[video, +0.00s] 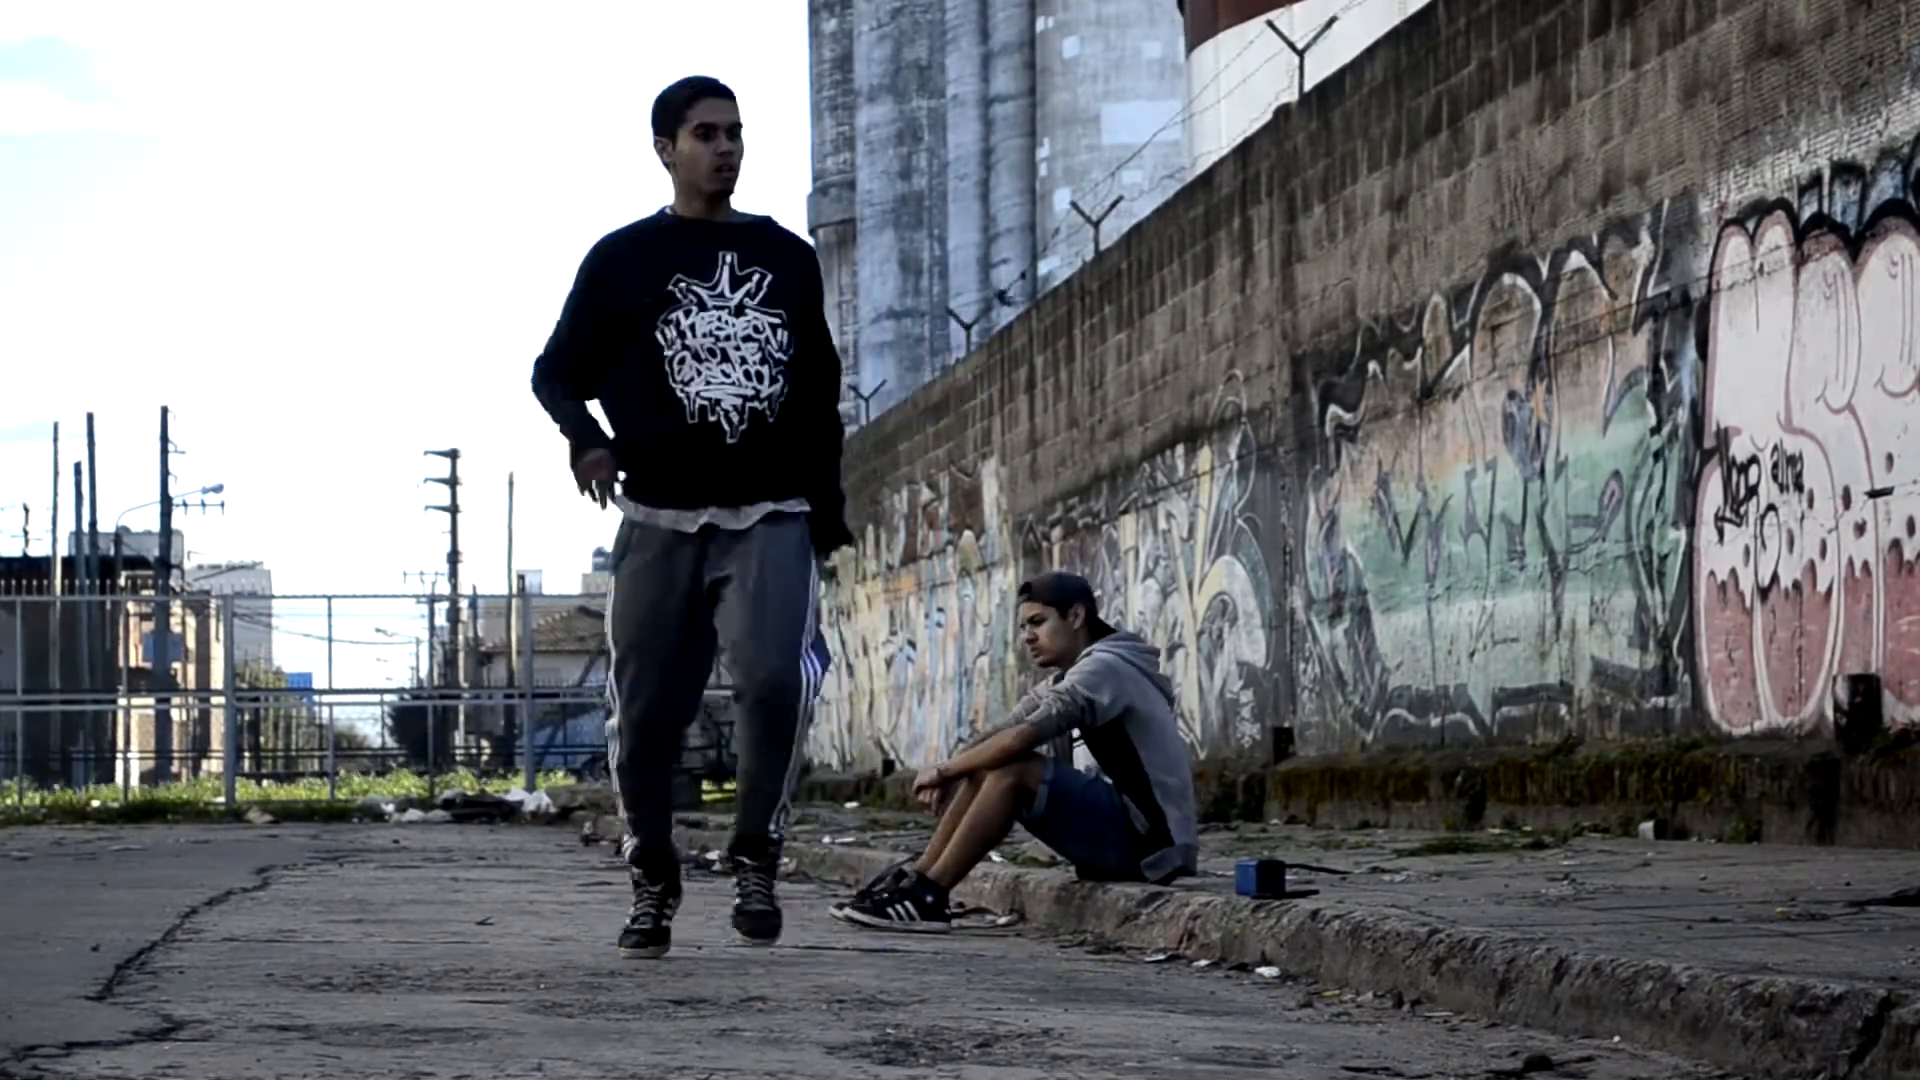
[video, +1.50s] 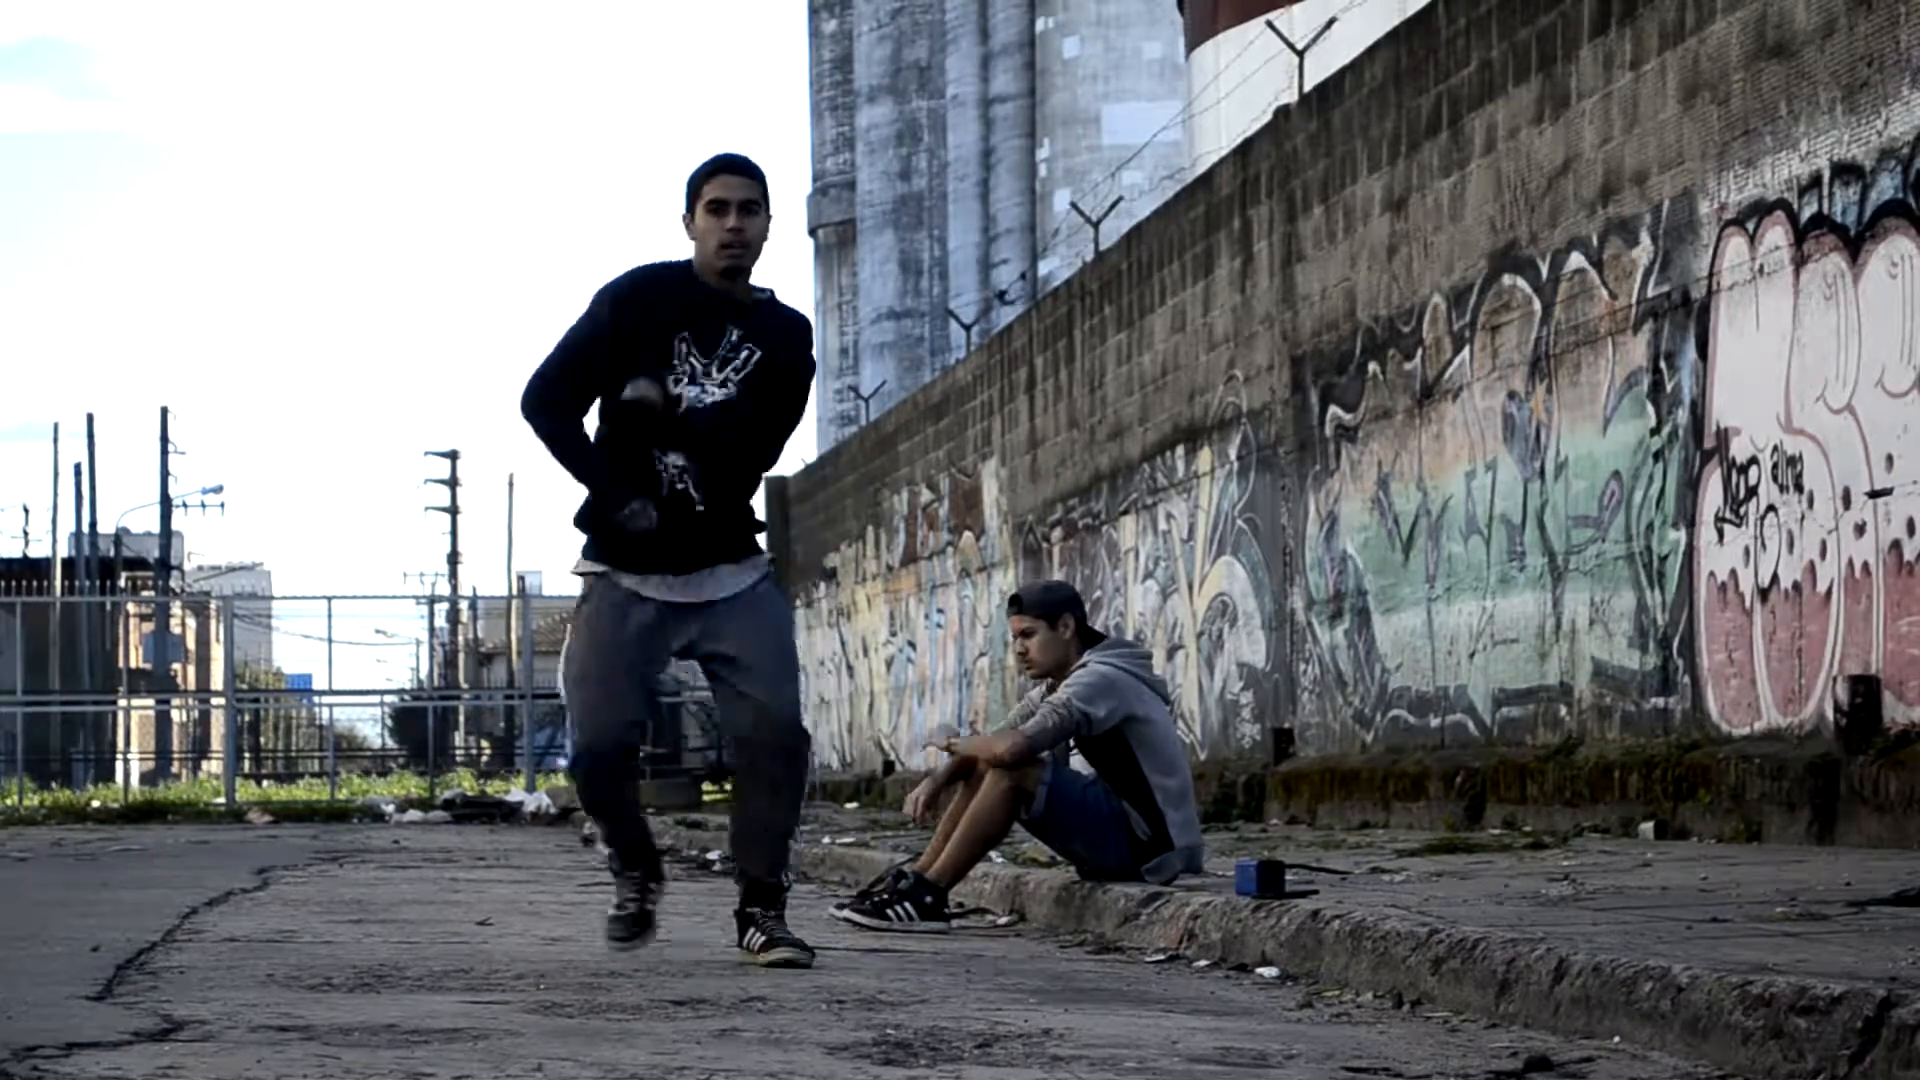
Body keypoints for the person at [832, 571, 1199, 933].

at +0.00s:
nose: (1028, 637)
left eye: (1037, 623)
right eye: (1024, 627)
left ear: (1076, 617)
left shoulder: (1105, 665)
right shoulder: (1081, 670)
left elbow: (1022, 738)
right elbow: (1015, 730)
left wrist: (945, 770)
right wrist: (949, 769)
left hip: (1151, 844)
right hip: (1123, 834)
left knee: (1015, 770)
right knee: (986, 764)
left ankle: (933, 895)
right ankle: (914, 884)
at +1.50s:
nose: (1019, 650)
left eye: (1028, 636)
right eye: (1015, 639)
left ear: (1067, 628)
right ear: (1061, 632)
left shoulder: (1101, 676)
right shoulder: (1064, 684)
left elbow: (1011, 751)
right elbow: (999, 743)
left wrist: (957, 749)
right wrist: (942, 776)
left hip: (1151, 848)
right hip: (1120, 839)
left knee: (1013, 771)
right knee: (983, 767)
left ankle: (933, 895)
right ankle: (915, 882)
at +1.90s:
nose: (1030, 641)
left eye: (1041, 629)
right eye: (1026, 630)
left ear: (1080, 626)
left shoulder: (1104, 672)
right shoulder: (1060, 673)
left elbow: (1010, 737)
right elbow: (990, 730)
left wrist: (1001, 721)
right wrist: (936, 793)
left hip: (1146, 845)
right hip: (1115, 834)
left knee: (1012, 766)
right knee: (988, 755)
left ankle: (932, 894)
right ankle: (915, 880)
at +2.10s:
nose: (1029, 642)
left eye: (1039, 629)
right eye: (1026, 630)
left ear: (1079, 627)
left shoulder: (1103, 670)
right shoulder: (1073, 672)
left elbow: (1009, 737)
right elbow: (995, 728)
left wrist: (999, 720)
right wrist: (941, 784)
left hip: (1150, 842)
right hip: (1119, 832)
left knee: (1011, 765)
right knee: (989, 758)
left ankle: (932, 895)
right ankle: (912, 883)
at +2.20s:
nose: (1028, 639)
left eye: (1039, 626)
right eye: (1026, 628)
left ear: (1079, 625)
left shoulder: (1101, 667)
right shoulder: (1081, 669)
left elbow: (1010, 735)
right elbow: (1010, 734)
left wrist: (978, 725)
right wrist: (949, 771)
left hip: (1149, 843)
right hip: (1122, 834)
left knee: (1014, 764)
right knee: (988, 757)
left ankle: (936, 893)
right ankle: (914, 881)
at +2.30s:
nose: (1027, 637)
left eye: (1038, 625)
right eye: (1025, 626)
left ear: (1077, 624)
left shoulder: (1097, 665)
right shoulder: (1082, 668)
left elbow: (1012, 732)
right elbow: (1019, 745)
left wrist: (943, 749)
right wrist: (958, 763)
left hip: (1150, 842)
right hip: (1123, 833)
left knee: (1013, 764)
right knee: (985, 765)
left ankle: (935, 894)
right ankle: (915, 882)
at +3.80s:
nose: (1029, 635)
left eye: (1040, 622)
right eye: (1025, 624)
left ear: (1079, 620)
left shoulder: (1093, 671)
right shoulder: (1079, 669)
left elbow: (1011, 747)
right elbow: (1002, 741)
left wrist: (934, 772)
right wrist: (939, 770)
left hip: (1148, 845)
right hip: (1119, 832)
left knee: (1007, 776)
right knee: (981, 768)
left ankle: (932, 894)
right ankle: (912, 883)